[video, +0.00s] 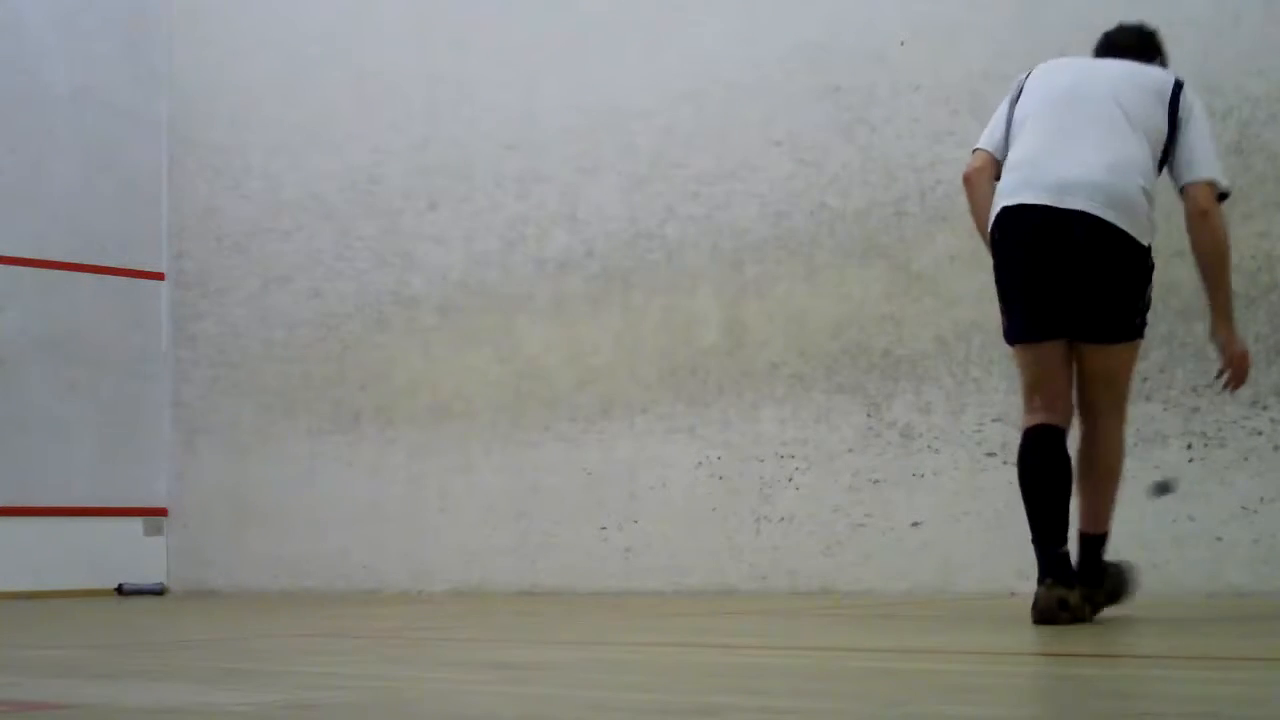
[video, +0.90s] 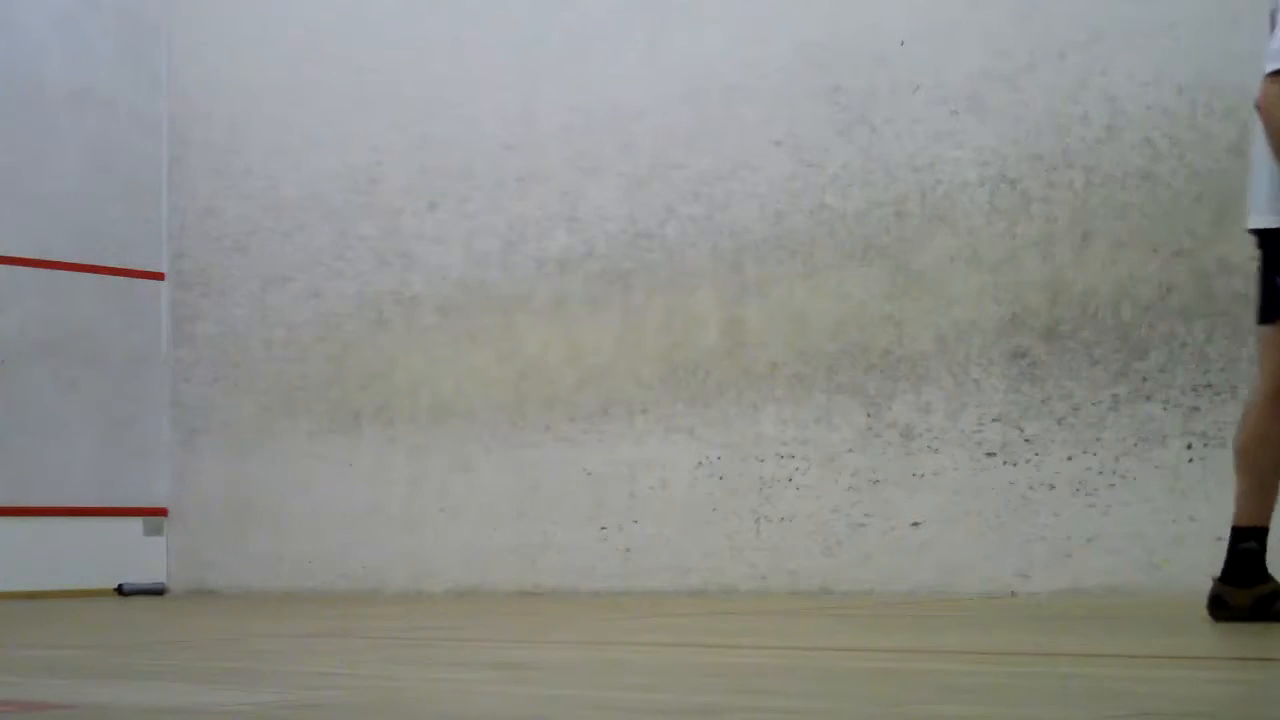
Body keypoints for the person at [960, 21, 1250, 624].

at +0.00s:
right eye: (1162, 70)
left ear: (1098, 54)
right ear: (1158, 63)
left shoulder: (1037, 76)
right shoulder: (1172, 88)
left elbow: (978, 171)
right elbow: (1202, 206)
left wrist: (1006, 253)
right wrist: (1224, 325)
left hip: (1022, 232)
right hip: (1110, 237)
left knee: (1043, 405)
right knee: (1103, 414)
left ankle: (1050, 578)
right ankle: (1090, 572)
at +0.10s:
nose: (1197, 56)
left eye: (1198, 48)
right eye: (1196, 46)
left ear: (1123, 28)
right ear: (1179, 32)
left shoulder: (1057, 59)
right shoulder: (1186, 59)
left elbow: (994, 164)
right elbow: (1213, 163)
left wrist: (1019, 258)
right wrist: (1246, 285)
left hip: (1024, 223)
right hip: (1107, 223)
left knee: (1054, 394)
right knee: (1141, 397)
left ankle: (1054, 580)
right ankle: (1140, 571)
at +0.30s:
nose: (1256, 15)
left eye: (1257, 10)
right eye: (1256, 7)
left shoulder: (1122, 39)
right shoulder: (1212, 11)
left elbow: (1064, 155)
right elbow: (1208, 96)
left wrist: (1052, 257)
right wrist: (1256, 202)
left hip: (1073, 223)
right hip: (1141, 218)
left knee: (1100, 400)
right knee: (1214, 385)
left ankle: (1056, 577)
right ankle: (1235, 573)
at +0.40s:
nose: (1272, 11)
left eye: (1271, 9)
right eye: (1270, 6)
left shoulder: (1159, 30)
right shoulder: (1224, 6)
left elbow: (1128, 146)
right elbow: (1205, 82)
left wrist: (1096, 262)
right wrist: (1252, 184)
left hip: (1120, 223)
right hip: (1173, 219)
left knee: (1160, 403)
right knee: (1235, 387)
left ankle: (1066, 556)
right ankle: (1241, 576)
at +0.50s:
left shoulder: (1210, 12)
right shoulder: (1233, 3)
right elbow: (1205, 77)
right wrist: (1253, 173)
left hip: (1186, 214)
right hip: (1188, 211)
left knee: (1232, 394)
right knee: (1248, 389)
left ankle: (1109, 524)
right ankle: (1243, 577)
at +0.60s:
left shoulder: (1241, 9)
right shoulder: (1243, 4)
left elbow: (1212, 75)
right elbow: (1210, 72)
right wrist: (1259, 171)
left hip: (1232, 209)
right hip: (1211, 206)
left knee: (1264, 387)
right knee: (1250, 386)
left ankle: (1190, 526)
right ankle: (1242, 574)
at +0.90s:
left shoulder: (1272, 22)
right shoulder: (1275, 21)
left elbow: (1267, 95)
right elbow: (1270, 96)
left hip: (1272, 214)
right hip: (1273, 214)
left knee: (1272, 386)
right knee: (1273, 386)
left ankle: (1244, 569)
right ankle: (1243, 570)